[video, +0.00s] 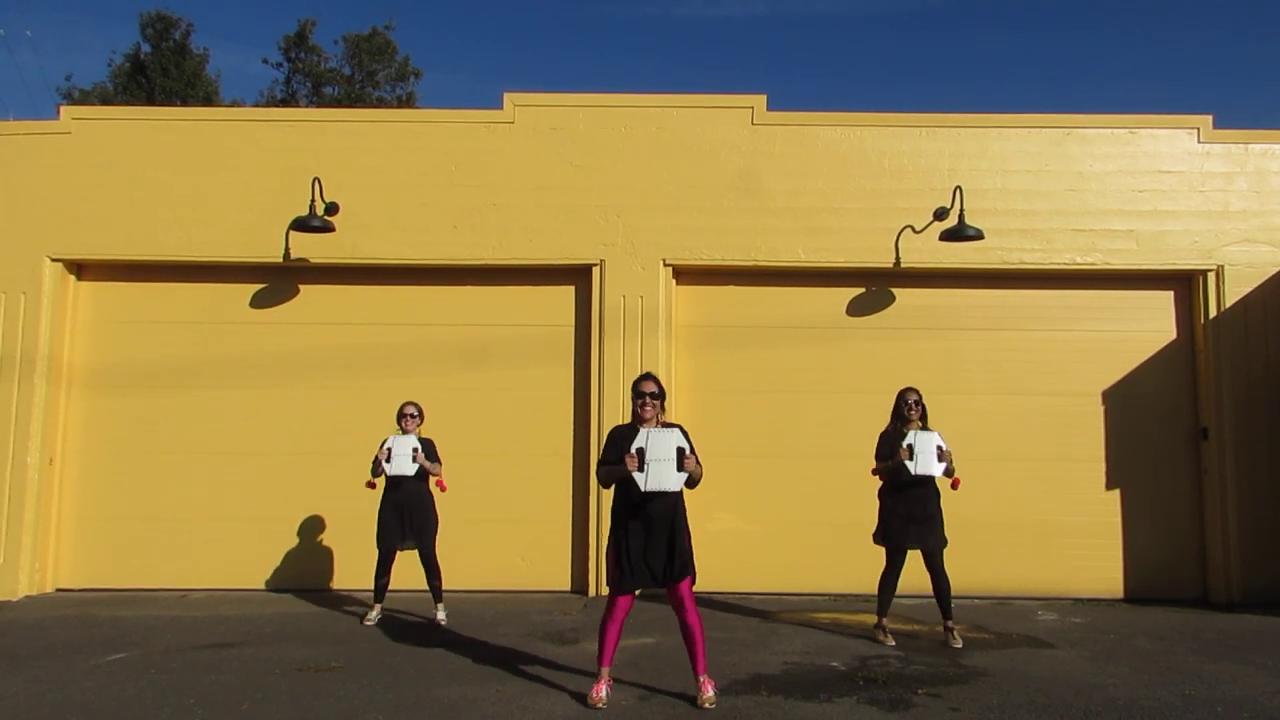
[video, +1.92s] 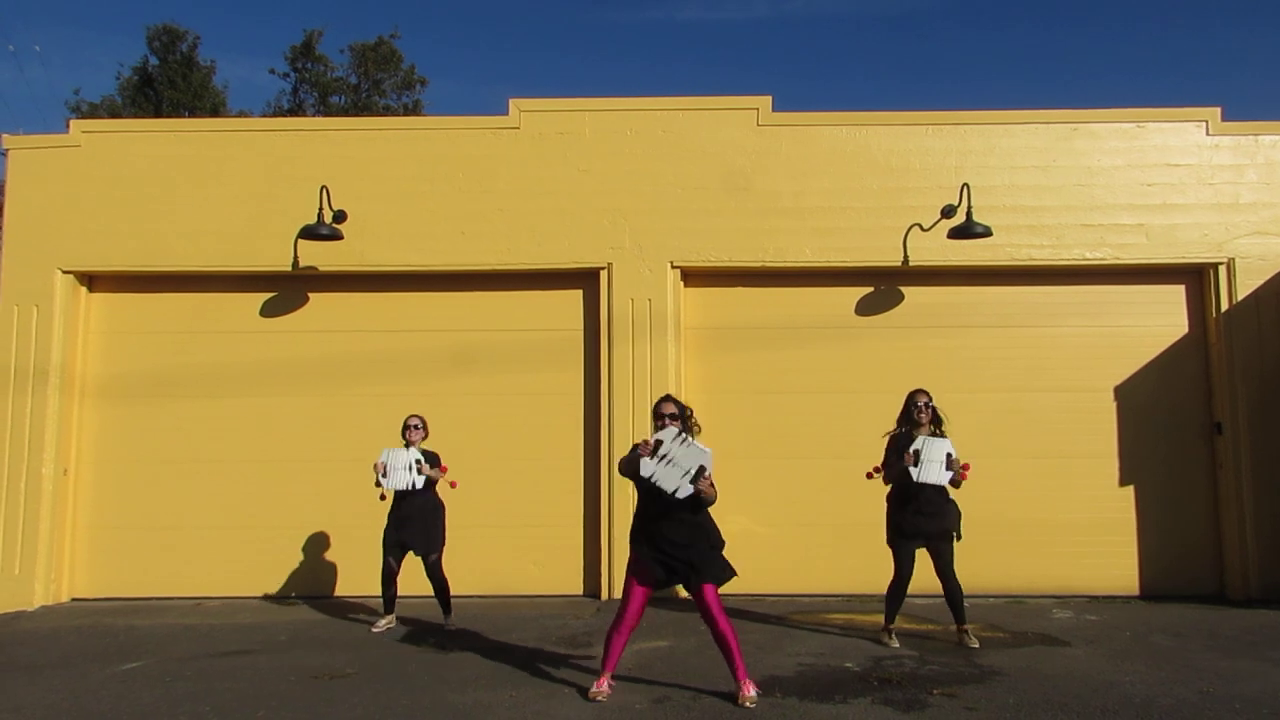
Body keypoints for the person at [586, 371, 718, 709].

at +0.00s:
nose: (645, 401)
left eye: (652, 396)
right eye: (640, 395)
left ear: (661, 401)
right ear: (632, 399)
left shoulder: (676, 434)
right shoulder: (620, 435)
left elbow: (693, 481)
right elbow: (603, 477)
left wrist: (694, 469)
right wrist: (623, 467)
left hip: (671, 532)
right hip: (629, 532)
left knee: (684, 602)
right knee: (619, 603)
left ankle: (702, 679)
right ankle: (603, 678)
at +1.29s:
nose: (653, 416)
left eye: (660, 411)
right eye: (647, 411)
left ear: (672, 415)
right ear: (640, 415)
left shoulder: (681, 447)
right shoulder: (631, 449)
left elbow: (702, 482)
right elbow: (623, 482)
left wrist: (704, 458)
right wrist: (638, 469)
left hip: (679, 540)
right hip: (636, 541)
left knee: (701, 613)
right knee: (621, 614)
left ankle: (724, 683)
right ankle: (600, 679)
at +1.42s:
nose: (660, 393)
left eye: (667, 388)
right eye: (655, 388)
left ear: (678, 392)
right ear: (647, 393)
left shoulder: (694, 423)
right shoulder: (638, 430)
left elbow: (736, 433)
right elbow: (626, 469)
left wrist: (741, 399)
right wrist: (608, 476)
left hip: (689, 522)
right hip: (647, 523)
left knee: (707, 593)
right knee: (628, 592)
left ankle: (728, 668)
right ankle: (608, 658)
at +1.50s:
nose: (665, 394)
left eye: (672, 389)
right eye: (660, 389)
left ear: (686, 392)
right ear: (653, 392)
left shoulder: (704, 417)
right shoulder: (647, 427)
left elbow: (741, 395)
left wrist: (755, 362)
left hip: (696, 515)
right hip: (654, 516)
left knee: (713, 594)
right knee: (636, 592)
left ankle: (731, 668)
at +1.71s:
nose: (684, 408)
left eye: (688, 402)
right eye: (677, 403)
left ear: (694, 402)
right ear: (665, 405)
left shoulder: (707, 427)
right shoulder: (654, 441)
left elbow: (736, 399)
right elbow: (629, 479)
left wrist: (732, 364)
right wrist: (600, 502)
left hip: (703, 526)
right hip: (661, 527)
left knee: (724, 600)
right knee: (634, 592)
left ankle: (737, 668)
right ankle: (626, 598)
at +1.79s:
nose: (670, 408)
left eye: (677, 402)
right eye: (665, 403)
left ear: (691, 404)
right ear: (659, 405)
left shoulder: (701, 432)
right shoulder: (650, 440)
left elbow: (729, 440)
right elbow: (630, 473)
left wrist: (717, 417)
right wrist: (615, 489)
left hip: (698, 523)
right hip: (655, 524)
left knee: (719, 596)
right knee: (627, 597)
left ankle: (744, 666)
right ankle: (608, 643)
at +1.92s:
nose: (666, 422)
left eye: (673, 417)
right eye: (660, 417)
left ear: (684, 420)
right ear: (653, 420)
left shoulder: (696, 453)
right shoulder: (644, 453)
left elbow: (710, 499)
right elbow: (624, 467)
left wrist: (709, 492)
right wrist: (636, 454)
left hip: (693, 544)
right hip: (650, 543)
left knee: (714, 614)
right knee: (628, 615)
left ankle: (743, 682)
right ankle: (604, 679)